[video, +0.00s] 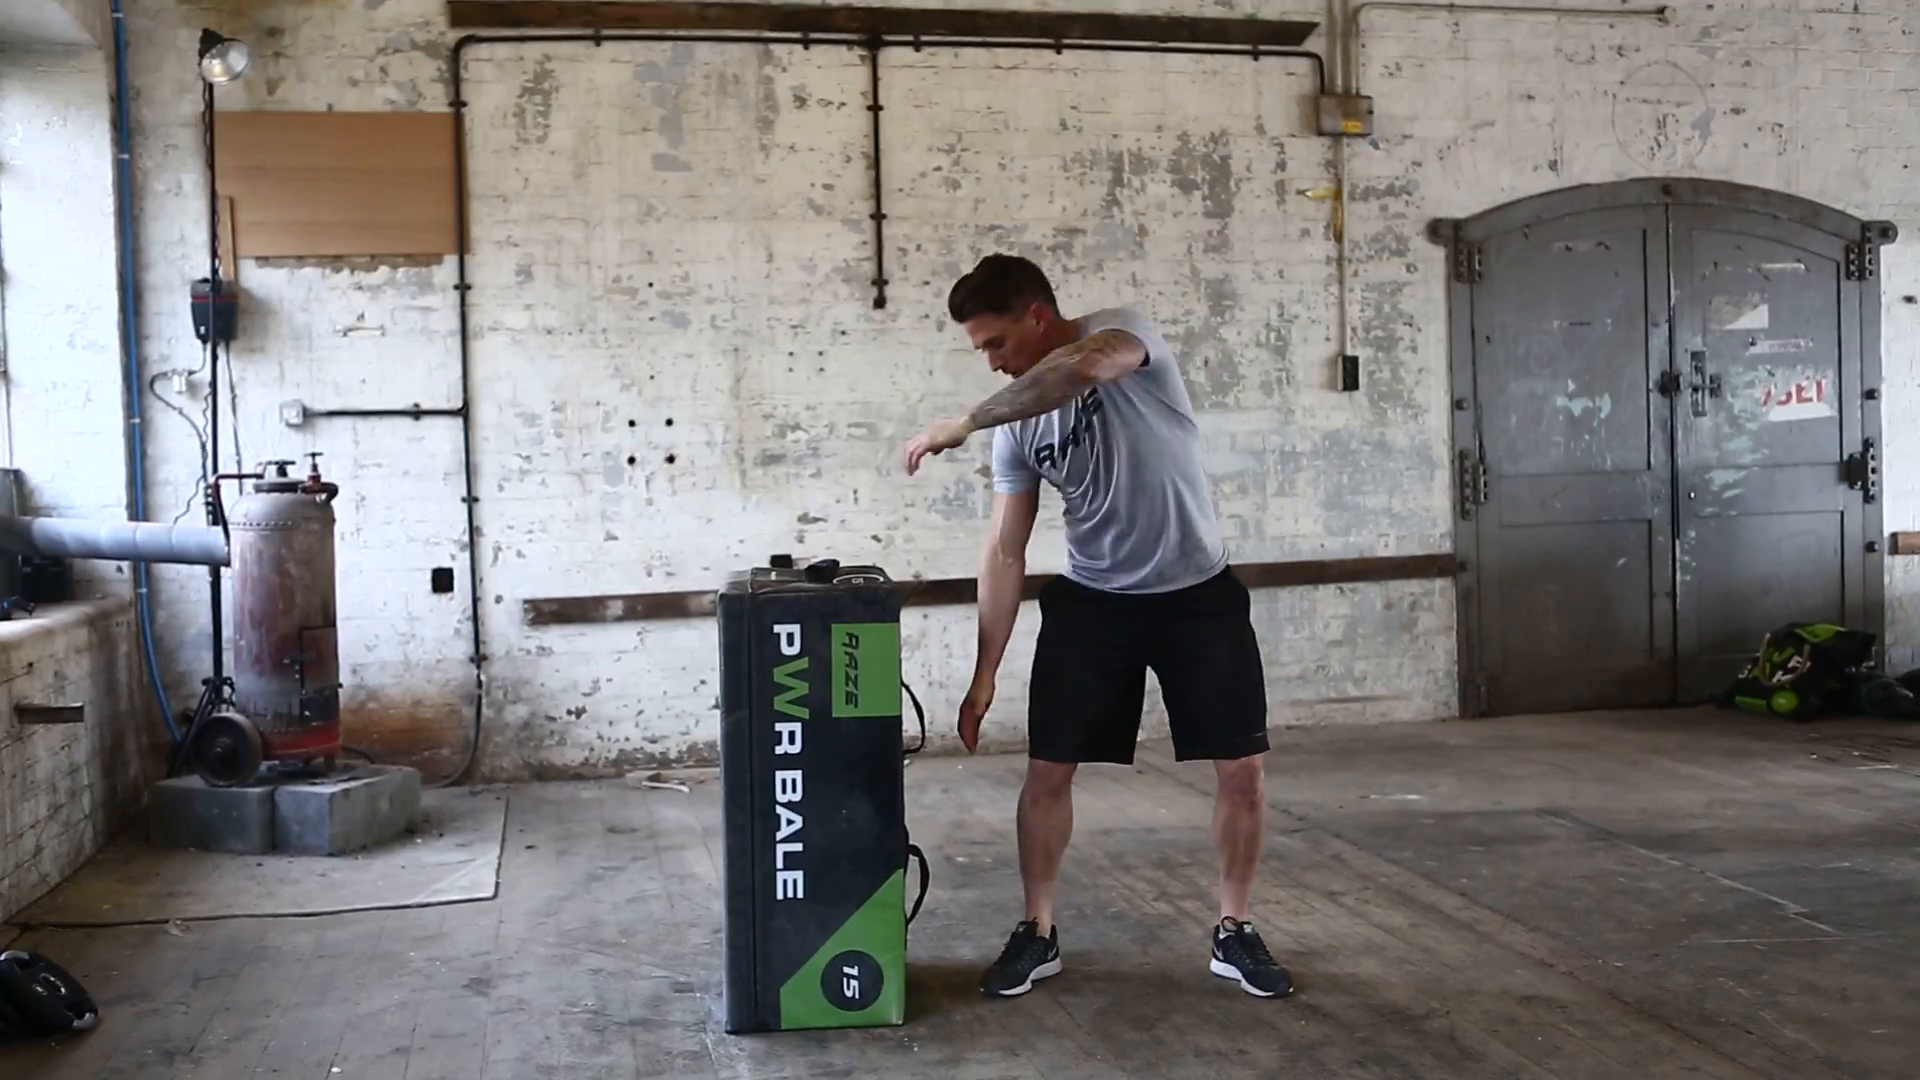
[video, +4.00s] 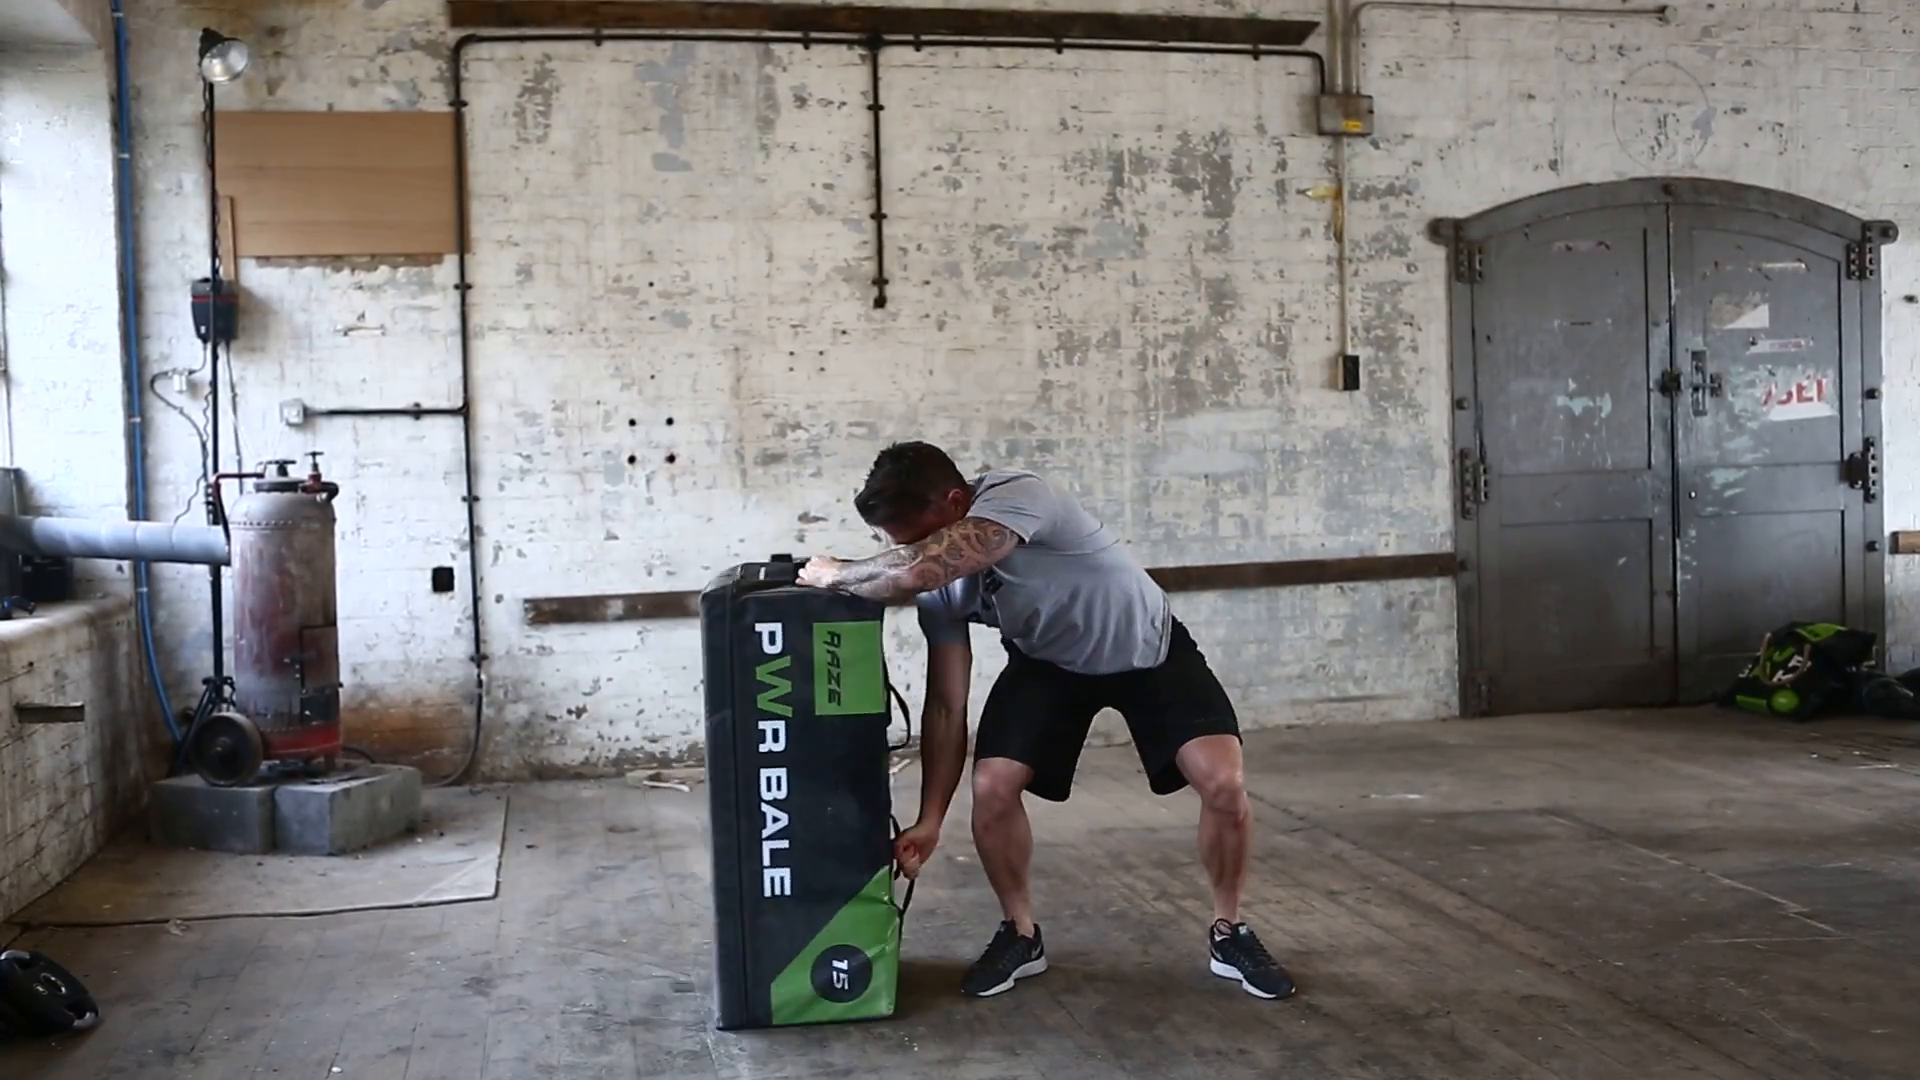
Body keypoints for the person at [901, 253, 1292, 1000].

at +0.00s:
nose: (992, 362)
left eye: (996, 344)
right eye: (983, 350)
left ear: (1040, 313)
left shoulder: (1126, 329)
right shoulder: (1016, 423)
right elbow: (1003, 554)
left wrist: (970, 422)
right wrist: (984, 671)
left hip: (1197, 595)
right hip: (1092, 602)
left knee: (1243, 769)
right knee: (1048, 769)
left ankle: (1233, 930)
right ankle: (1037, 930)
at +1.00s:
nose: (1023, 739)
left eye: (1030, 723)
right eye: (1008, 734)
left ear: (1048, 678)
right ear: (976, 712)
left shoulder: (1092, 627)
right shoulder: (974, 727)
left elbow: (1049, 608)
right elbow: (955, 795)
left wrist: (945, 601)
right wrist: (942, 868)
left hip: (1160, 762)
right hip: (1068, 775)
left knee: (1231, 813)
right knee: (983, 822)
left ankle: (1217, 935)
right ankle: (1042, 935)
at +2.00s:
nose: (1150, 332)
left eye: (1167, 320)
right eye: (1137, 317)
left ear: (1187, 296)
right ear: (1107, 284)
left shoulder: (1206, 317)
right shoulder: (1052, 329)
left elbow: (1311, 284)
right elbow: (953, 391)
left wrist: (1243, 203)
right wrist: (932, 344)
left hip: (1178, 580)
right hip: (1072, 582)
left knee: (1217, 760)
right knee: (1044, 768)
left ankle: (1231, 928)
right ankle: (1030, 929)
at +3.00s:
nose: (1020, 379)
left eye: (1031, 363)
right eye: (1006, 366)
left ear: (1067, 332)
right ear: (993, 352)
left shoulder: (1121, 341)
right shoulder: (994, 412)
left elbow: (1129, 234)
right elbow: (921, 506)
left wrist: (1030, 220)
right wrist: (868, 485)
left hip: (1179, 592)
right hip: (1075, 602)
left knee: (1229, 774)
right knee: (1017, 771)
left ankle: (1230, 929)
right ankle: (1026, 928)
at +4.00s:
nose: (915, 556)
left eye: (921, 540)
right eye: (904, 546)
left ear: (956, 501)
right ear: (895, 528)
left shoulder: (1019, 497)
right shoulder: (939, 583)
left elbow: (919, 573)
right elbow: (946, 706)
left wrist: (839, 577)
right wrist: (928, 823)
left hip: (1148, 644)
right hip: (1048, 660)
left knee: (1225, 784)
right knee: (991, 786)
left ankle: (1229, 931)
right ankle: (1020, 934)